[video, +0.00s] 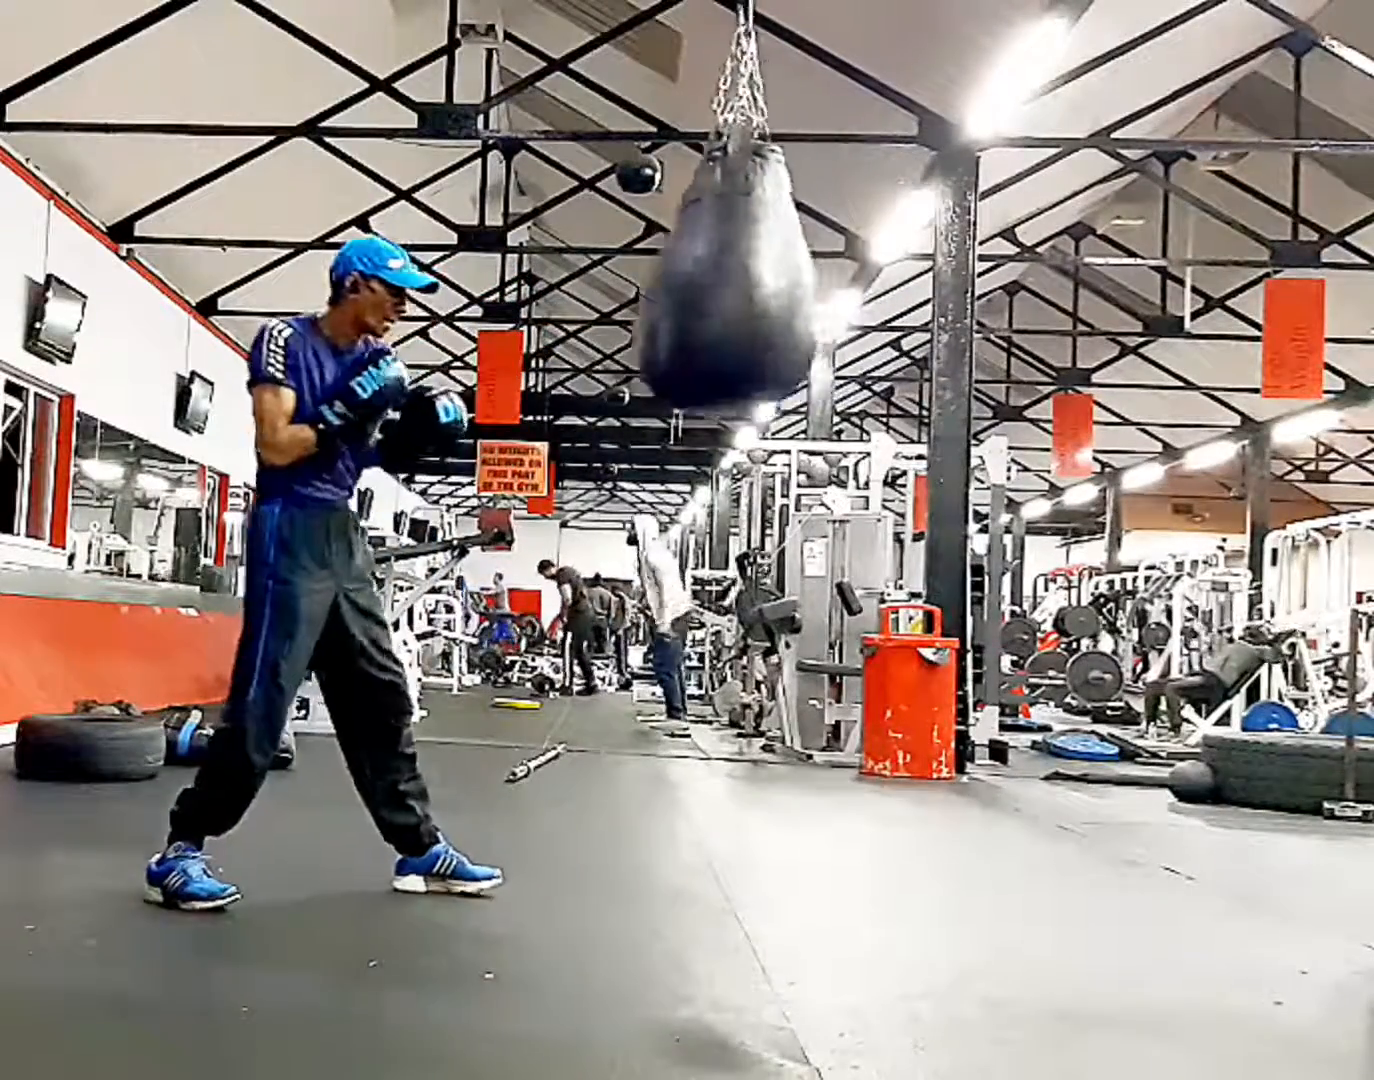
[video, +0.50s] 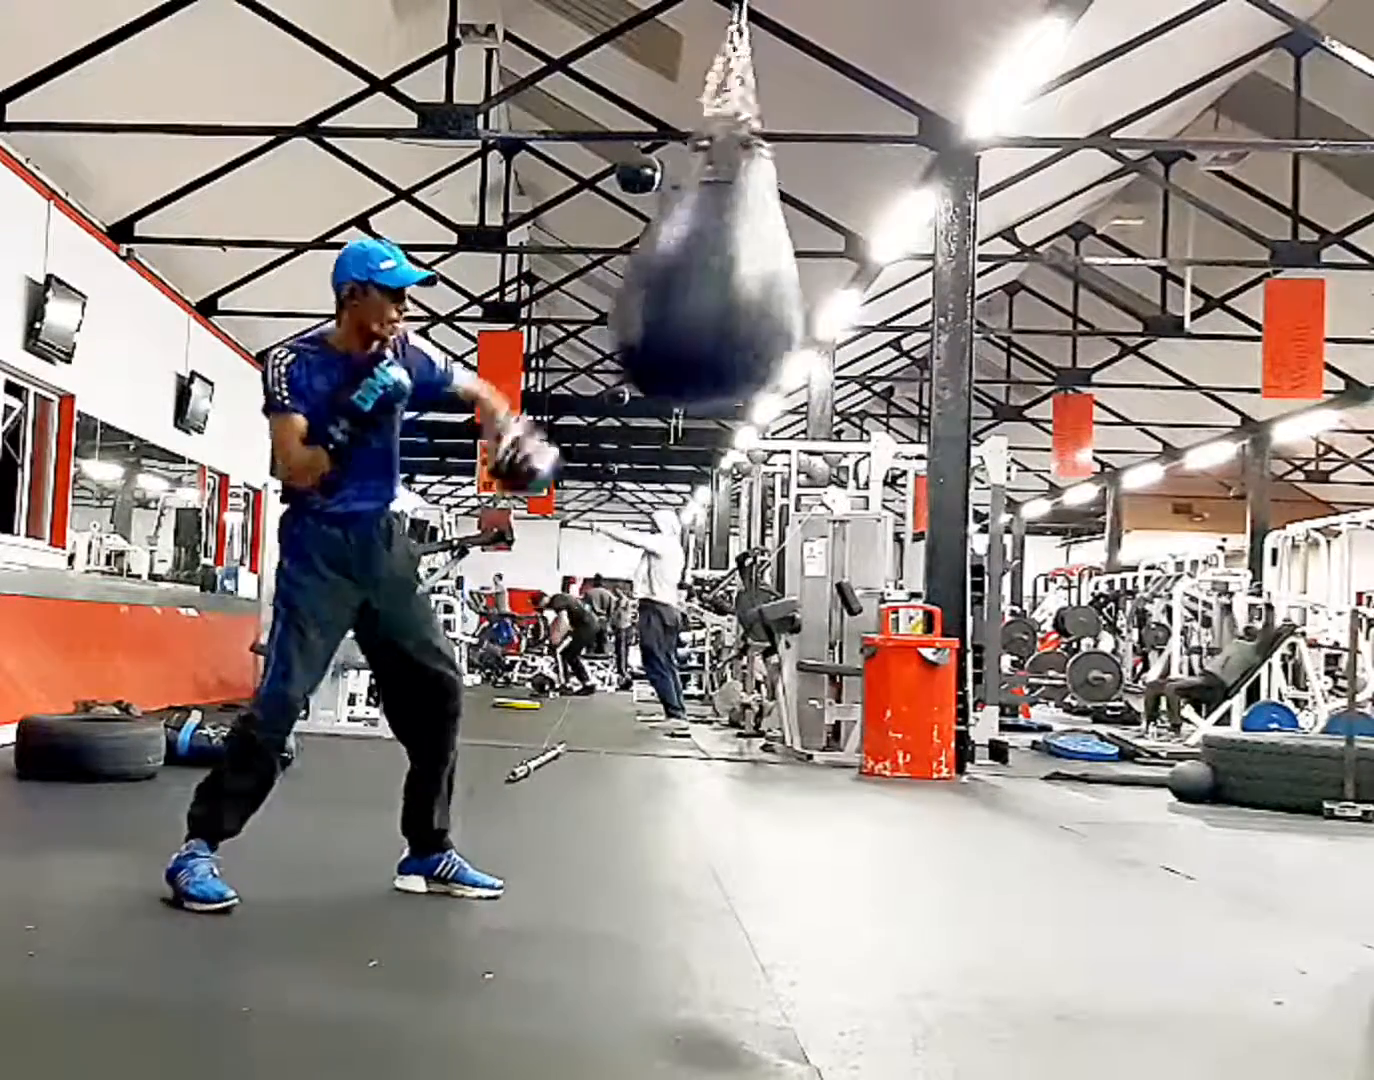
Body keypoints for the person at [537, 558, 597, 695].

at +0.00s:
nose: (545, 577)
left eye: (544, 574)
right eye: (543, 575)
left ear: (548, 569)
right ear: (552, 566)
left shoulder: (562, 575)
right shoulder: (569, 572)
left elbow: (567, 598)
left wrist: (561, 617)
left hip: (576, 614)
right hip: (585, 613)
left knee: (567, 649)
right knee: (580, 650)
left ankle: (567, 684)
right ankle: (591, 683)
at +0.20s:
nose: (542, 584)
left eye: (540, 581)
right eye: (540, 582)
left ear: (543, 576)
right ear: (548, 572)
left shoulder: (558, 581)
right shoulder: (565, 577)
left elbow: (565, 601)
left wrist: (560, 617)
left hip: (576, 617)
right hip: (586, 614)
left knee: (564, 648)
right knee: (577, 650)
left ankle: (565, 683)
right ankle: (588, 682)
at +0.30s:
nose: (541, 592)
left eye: (539, 589)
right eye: (538, 590)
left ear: (542, 583)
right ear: (544, 581)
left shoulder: (557, 587)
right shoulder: (562, 582)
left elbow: (565, 608)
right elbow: (577, 578)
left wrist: (555, 623)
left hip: (578, 620)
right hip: (586, 618)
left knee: (563, 649)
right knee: (577, 652)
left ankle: (564, 683)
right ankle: (587, 683)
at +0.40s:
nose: (539, 600)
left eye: (538, 596)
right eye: (537, 598)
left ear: (542, 591)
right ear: (542, 591)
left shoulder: (557, 593)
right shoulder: (559, 593)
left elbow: (565, 614)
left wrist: (558, 630)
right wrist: (559, 628)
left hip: (581, 623)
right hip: (587, 622)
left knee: (562, 651)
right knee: (575, 653)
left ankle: (564, 684)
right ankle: (587, 683)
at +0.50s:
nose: (542, 608)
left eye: (540, 606)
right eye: (540, 607)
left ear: (542, 601)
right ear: (545, 596)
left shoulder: (557, 601)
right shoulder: (560, 599)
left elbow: (564, 624)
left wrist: (554, 640)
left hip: (584, 627)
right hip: (590, 626)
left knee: (560, 652)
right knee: (571, 655)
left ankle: (563, 684)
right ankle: (587, 683)